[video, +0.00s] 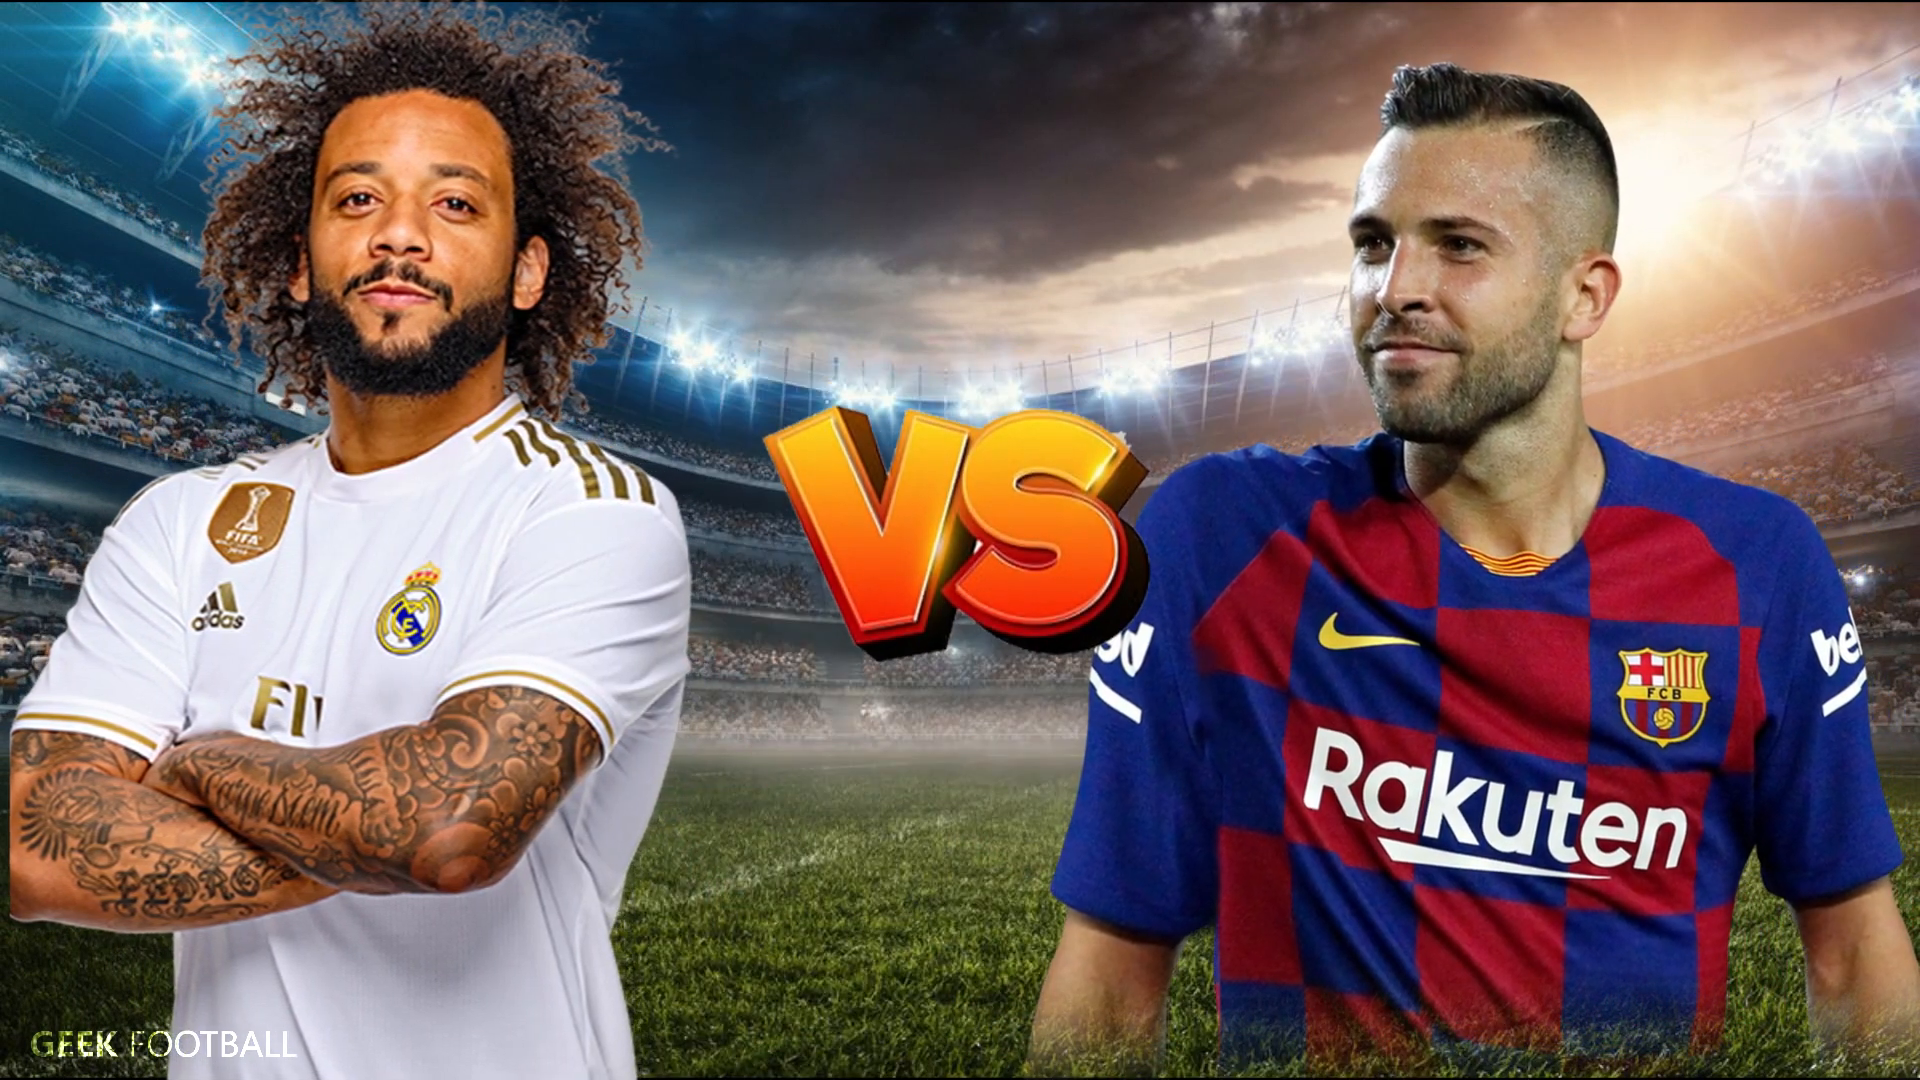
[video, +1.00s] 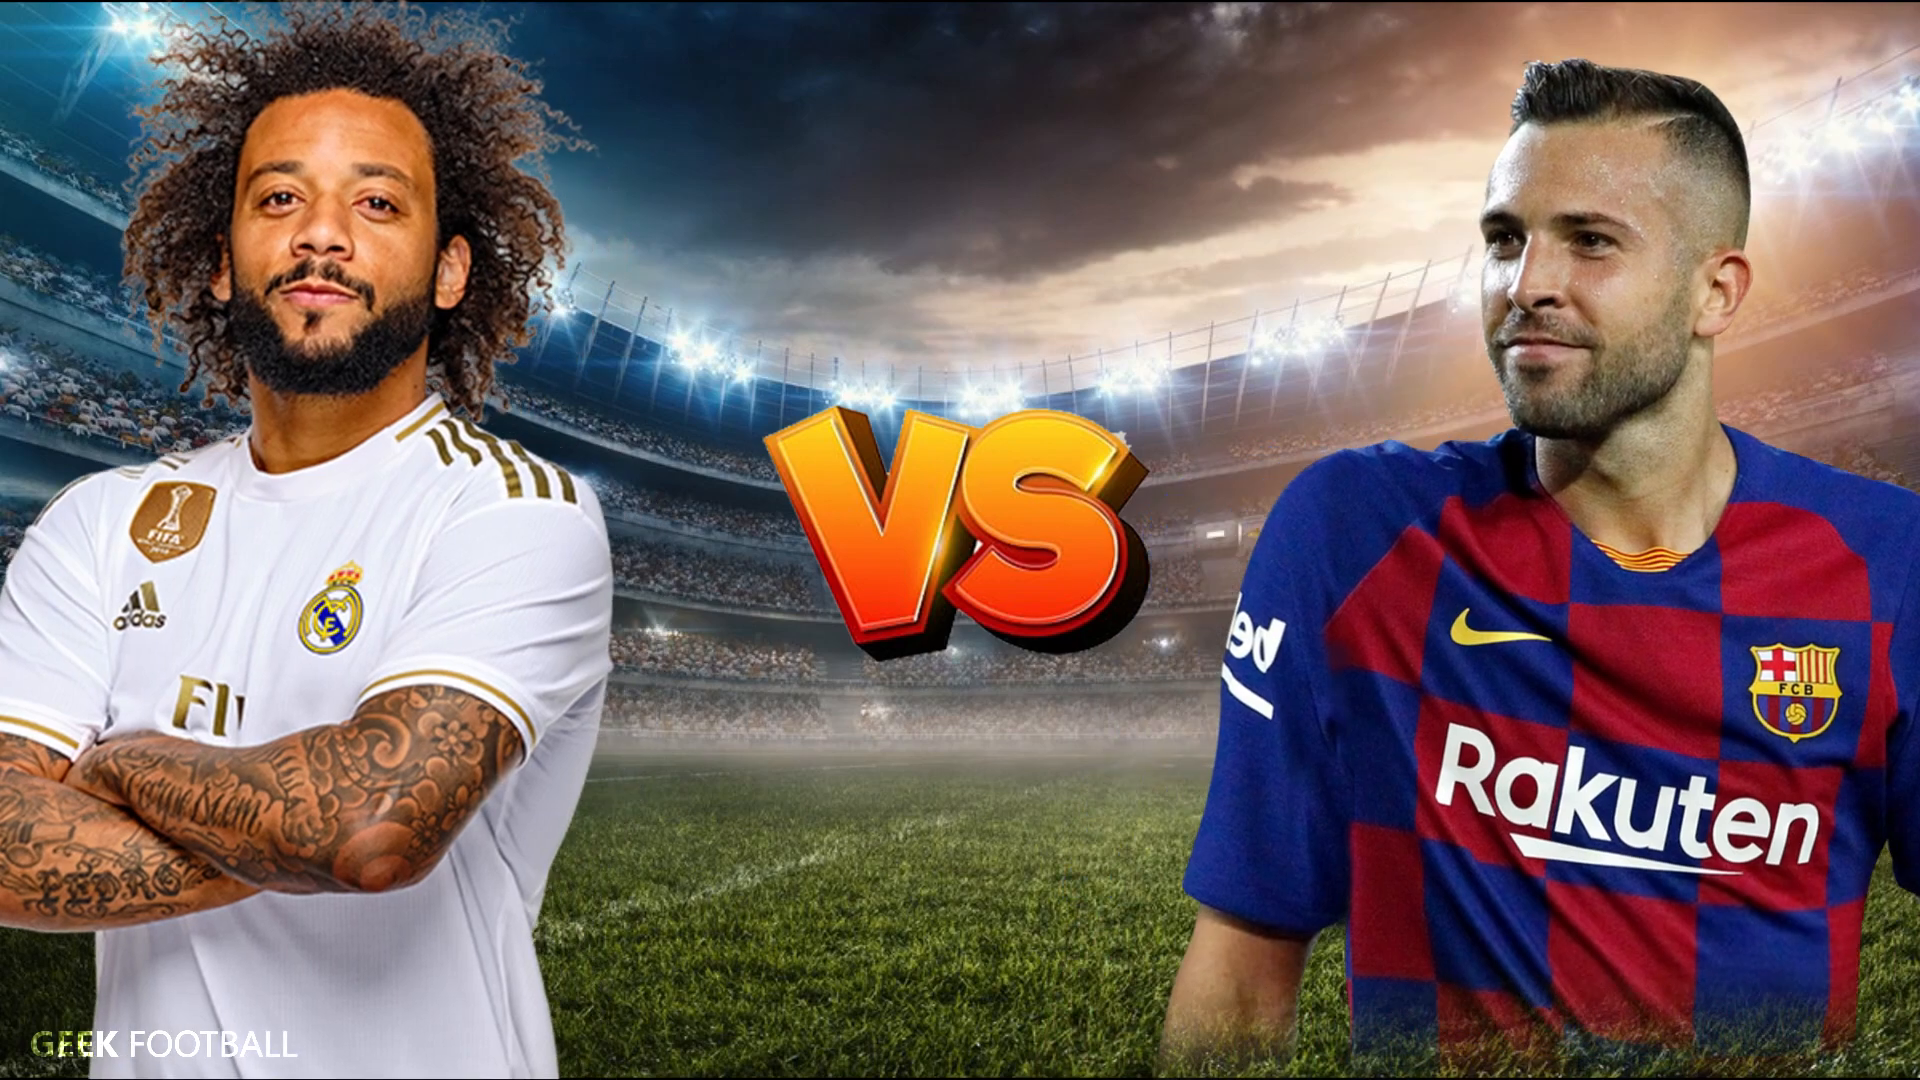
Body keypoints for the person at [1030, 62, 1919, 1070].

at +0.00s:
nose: (1392, 290)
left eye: (1459, 245)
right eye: (1372, 244)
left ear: (1584, 299)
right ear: (1349, 268)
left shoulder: (1760, 568)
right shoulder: (1211, 537)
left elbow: (1855, 944)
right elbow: (1113, 963)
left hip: (1634, 1053)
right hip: (1302, 1051)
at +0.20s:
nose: (1390, 291)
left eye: (1457, 247)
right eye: (1370, 246)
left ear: (1582, 301)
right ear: (1347, 270)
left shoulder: (1758, 569)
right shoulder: (1209, 539)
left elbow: (1854, 949)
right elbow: (1111, 965)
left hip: (1630, 1053)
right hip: (1300, 1052)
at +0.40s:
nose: (1389, 294)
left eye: (1455, 249)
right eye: (1369, 248)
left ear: (1581, 302)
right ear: (1345, 271)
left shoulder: (1758, 571)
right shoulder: (1206, 542)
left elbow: (1852, 948)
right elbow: (1109, 972)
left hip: (1632, 1053)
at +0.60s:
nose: (1394, 294)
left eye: (1461, 250)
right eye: (1374, 249)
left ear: (1586, 303)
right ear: (1350, 274)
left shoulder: (1763, 571)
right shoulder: (1214, 540)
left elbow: (1856, 947)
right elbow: (1114, 972)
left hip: (1633, 1054)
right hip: (1303, 1054)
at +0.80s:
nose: (1439, 294)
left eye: (1505, 247)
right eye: (1421, 248)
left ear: (1629, 299)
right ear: (1400, 270)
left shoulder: (1809, 568)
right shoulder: (1260, 537)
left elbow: (1894, 950)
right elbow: (1158, 964)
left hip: (1683, 1057)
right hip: (1359, 1058)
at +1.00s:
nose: (1527, 289)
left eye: (1592, 242)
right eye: (1505, 243)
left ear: (1717, 295)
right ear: (1482, 267)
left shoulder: (1892, 563)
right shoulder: (1346, 530)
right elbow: (1242, 962)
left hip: (1768, 1060)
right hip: (1445, 1055)